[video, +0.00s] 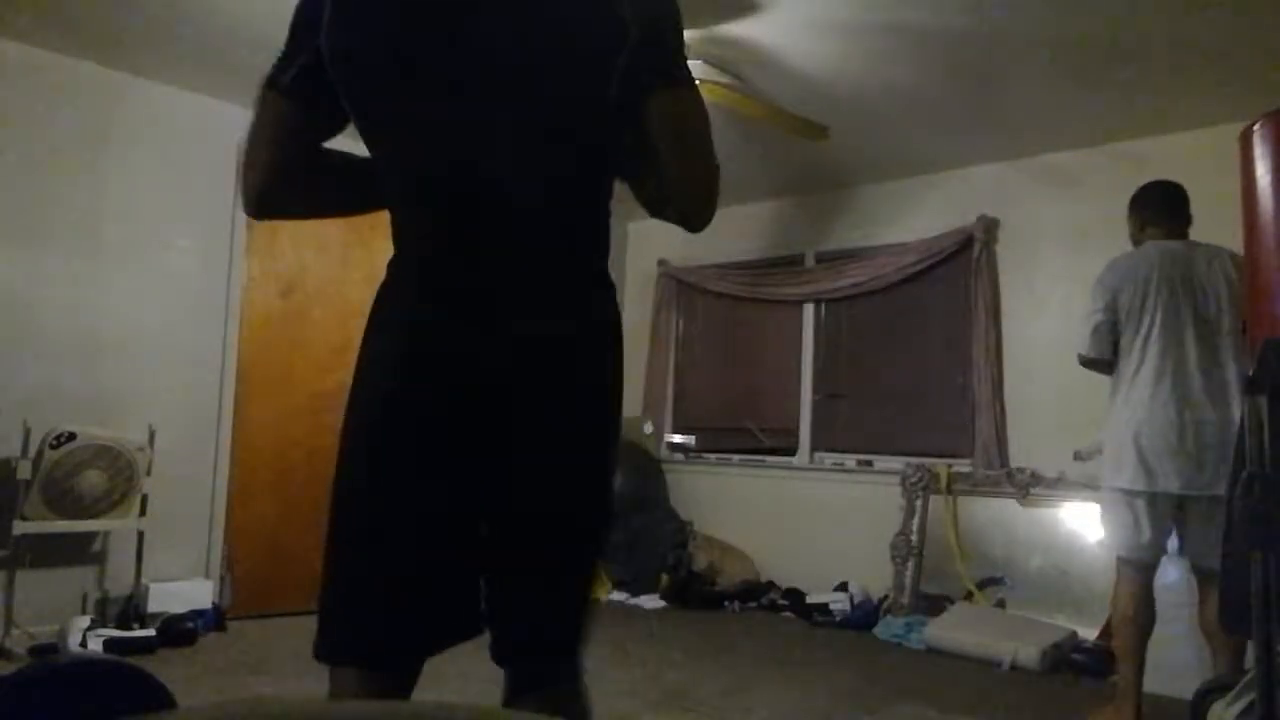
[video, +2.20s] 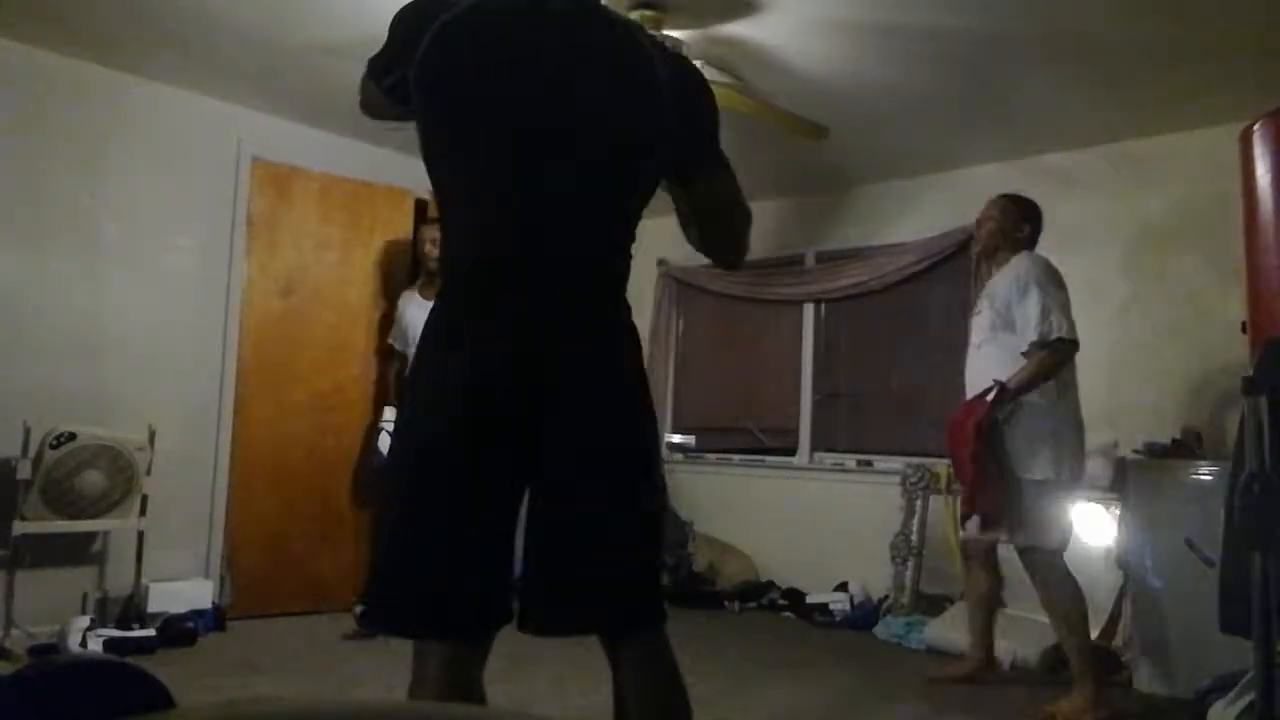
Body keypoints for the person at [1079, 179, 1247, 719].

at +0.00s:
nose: (1132, 235)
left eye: (1131, 227)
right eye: (1136, 229)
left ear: (1137, 226)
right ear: (1188, 222)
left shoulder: (1122, 270)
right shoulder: (1230, 267)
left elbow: (1095, 352)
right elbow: (1247, 347)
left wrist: (1147, 368)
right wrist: (1201, 366)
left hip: (1139, 448)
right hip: (1217, 450)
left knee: (1132, 576)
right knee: (1216, 579)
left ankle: (1127, 703)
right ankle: (1231, 697)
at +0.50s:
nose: (1073, 236)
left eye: (1076, 226)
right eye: (1074, 226)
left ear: (1094, 225)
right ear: (1134, 224)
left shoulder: (1081, 275)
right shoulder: (1188, 272)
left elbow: (1047, 359)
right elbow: (1223, 353)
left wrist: (1072, 403)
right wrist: (1167, 387)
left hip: (1106, 452)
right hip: (1174, 452)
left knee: (1114, 573)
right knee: (1172, 569)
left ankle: (1124, 701)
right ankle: (1205, 678)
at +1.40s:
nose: (1072, 228)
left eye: (1083, 219)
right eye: (1078, 218)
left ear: (1111, 227)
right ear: (1124, 232)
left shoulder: (1111, 270)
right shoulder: (1147, 276)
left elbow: (1116, 347)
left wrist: (1080, 415)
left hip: (1125, 445)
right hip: (1160, 446)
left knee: (1068, 546)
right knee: (1139, 559)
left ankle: (1091, 688)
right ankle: (1163, 689)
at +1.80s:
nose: (1030, 221)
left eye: (1042, 214)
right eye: (1036, 212)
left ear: (1071, 227)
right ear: (1074, 229)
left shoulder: (1074, 271)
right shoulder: (1081, 271)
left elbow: (1078, 358)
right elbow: (1077, 360)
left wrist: (1033, 426)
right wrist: (1036, 423)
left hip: (1081, 451)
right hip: (1090, 450)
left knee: (1059, 565)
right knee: (1072, 563)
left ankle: (1088, 692)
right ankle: (1133, 663)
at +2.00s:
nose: (1007, 221)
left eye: (1018, 212)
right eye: (1011, 213)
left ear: (1048, 225)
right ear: (1049, 227)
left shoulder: (1056, 269)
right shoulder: (1039, 272)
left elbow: (1067, 350)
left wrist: (1014, 411)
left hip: (1055, 448)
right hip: (1033, 445)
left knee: (1049, 559)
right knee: (1009, 547)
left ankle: (1084, 691)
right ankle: (1058, 656)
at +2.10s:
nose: (991, 222)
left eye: (1001, 214)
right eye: (994, 215)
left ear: (1030, 227)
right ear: (1030, 229)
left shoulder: (1042, 269)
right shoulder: (1018, 275)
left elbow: (1063, 347)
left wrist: (1005, 402)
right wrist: (983, 254)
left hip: (1043, 442)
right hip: (1014, 439)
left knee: (1046, 554)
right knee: (990, 540)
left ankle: (1088, 692)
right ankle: (1003, 660)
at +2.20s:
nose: (975, 226)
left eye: (986, 219)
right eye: (978, 218)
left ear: (1019, 230)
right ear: (1011, 231)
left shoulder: (1032, 270)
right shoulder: (998, 280)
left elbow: (1057, 346)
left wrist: (994, 401)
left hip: (1036, 449)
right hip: (998, 447)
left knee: (1041, 557)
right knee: (975, 545)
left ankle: (1086, 688)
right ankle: (980, 658)